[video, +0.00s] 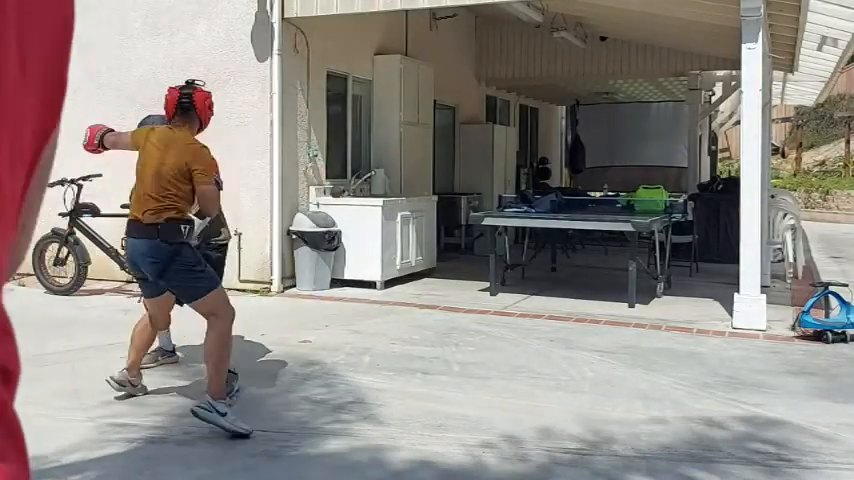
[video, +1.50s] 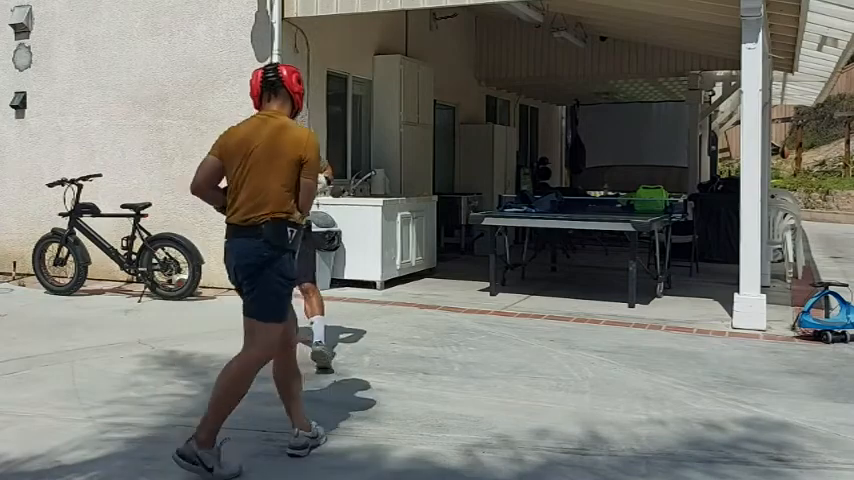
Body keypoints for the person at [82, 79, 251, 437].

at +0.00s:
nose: (209, 118)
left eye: (206, 112)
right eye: (207, 113)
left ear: (170, 112)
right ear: (202, 116)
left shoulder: (149, 137)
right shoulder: (198, 152)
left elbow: (112, 140)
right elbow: (208, 208)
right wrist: (211, 189)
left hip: (136, 243)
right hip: (167, 245)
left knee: (156, 317)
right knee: (221, 314)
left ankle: (130, 374)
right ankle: (217, 398)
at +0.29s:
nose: (179, 132)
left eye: (179, 125)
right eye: (178, 125)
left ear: (144, 121)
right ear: (168, 126)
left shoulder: (120, 145)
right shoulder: (155, 171)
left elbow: (97, 164)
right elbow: (166, 232)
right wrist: (180, 199)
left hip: (115, 257)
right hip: (138, 262)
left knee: (150, 317)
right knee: (173, 339)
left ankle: (115, 383)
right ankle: (110, 403)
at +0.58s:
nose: (164, 95)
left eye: (163, 88)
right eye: (163, 88)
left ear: (124, 85)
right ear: (155, 88)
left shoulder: (98, 118)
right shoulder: (150, 125)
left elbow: (71, 164)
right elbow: (165, 186)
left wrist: (114, 164)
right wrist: (171, 155)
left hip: (86, 229)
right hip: (119, 234)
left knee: (106, 313)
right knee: (132, 324)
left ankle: (69, 390)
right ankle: (93, 413)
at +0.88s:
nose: (167, 117)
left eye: (166, 108)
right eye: (166, 108)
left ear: (126, 107)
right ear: (156, 106)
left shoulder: (101, 142)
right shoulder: (140, 148)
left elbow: (106, 205)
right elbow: (143, 216)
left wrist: (155, 195)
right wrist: (169, 191)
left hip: (74, 258)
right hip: (110, 262)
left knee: (38, 350)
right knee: (146, 357)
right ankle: (177, 449)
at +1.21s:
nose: (238, 100)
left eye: (237, 93)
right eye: (237, 92)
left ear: (194, 90)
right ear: (231, 88)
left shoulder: (169, 128)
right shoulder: (227, 125)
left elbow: (141, 188)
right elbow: (251, 187)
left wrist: (202, 200)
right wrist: (254, 166)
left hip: (157, 245)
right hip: (193, 246)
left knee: (182, 340)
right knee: (190, 356)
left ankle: (116, 407)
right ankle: (187, 458)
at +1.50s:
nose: (301, 103)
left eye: (297, 97)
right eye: (299, 97)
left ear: (259, 96)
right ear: (294, 96)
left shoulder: (233, 134)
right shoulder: (304, 136)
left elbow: (201, 186)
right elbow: (305, 205)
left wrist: (234, 203)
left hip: (237, 248)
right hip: (272, 249)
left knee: (285, 337)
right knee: (259, 349)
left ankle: (302, 430)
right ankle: (201, 443)